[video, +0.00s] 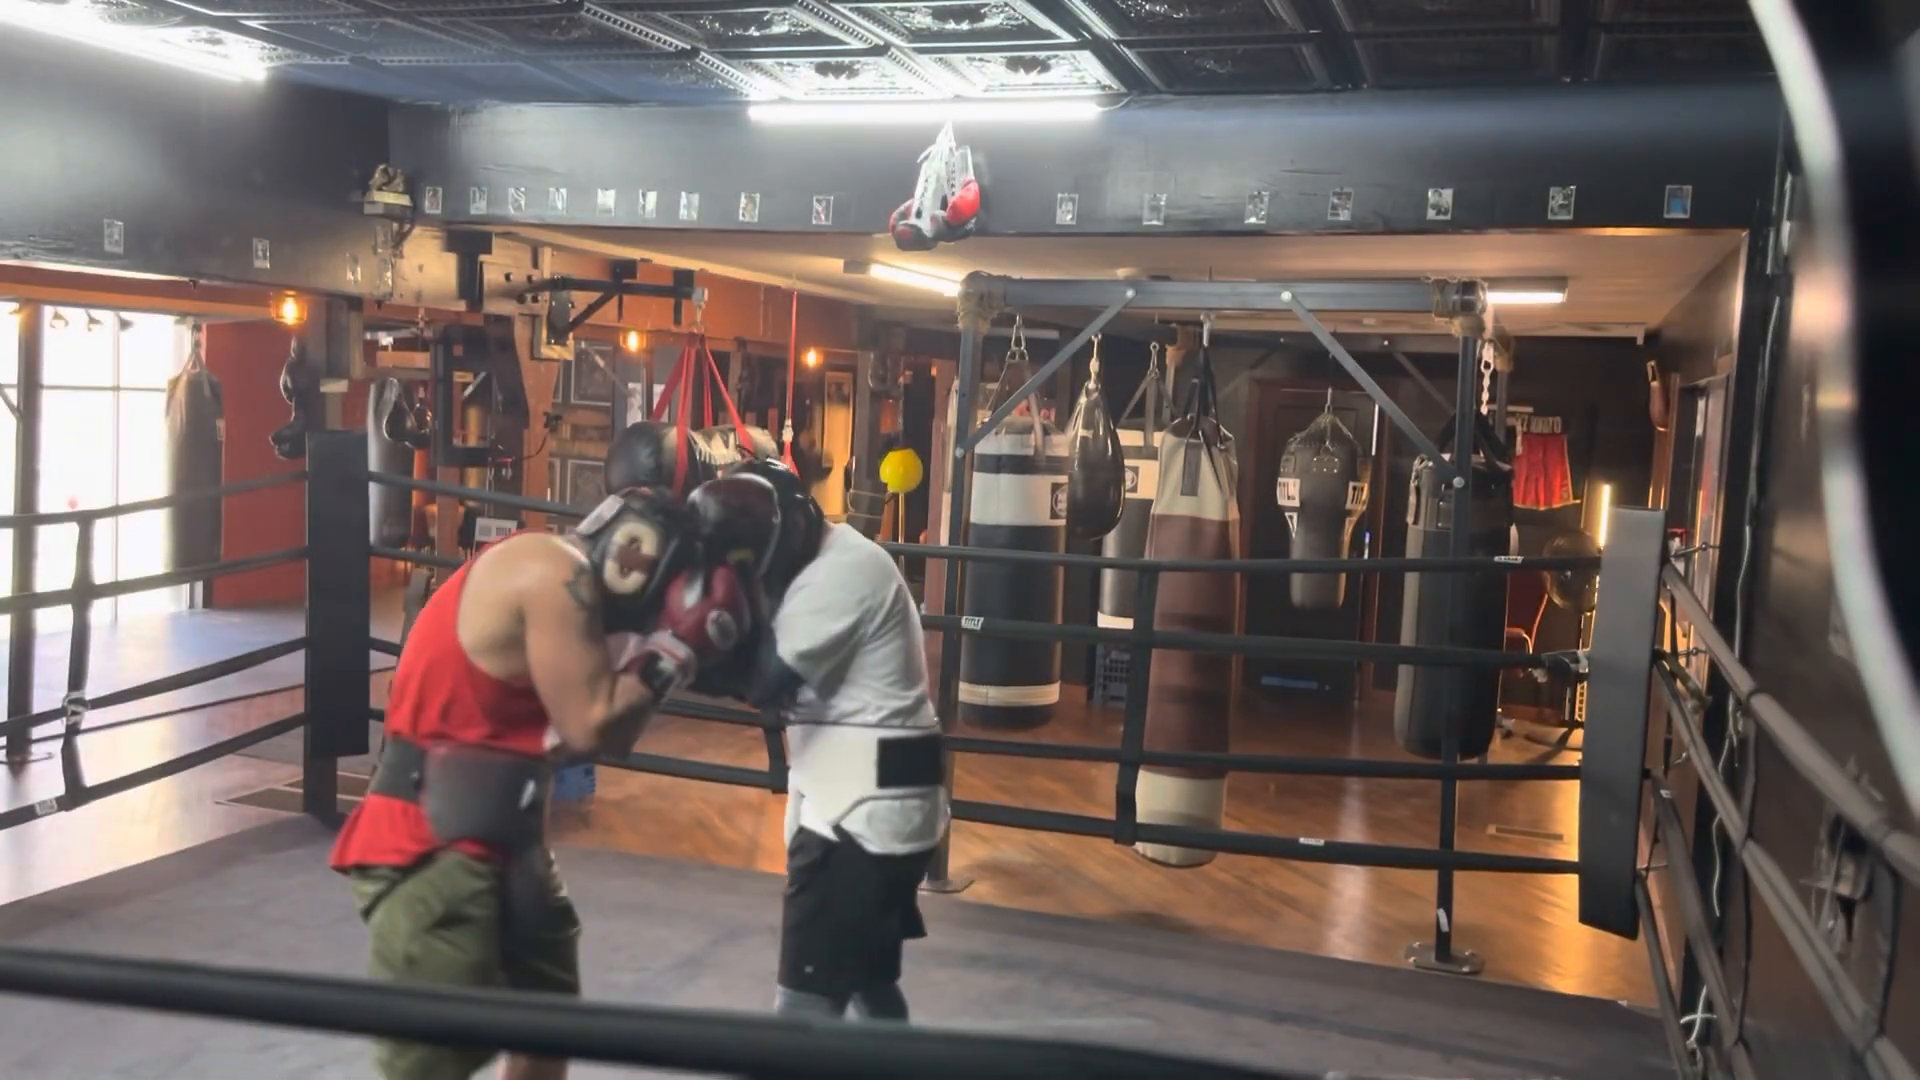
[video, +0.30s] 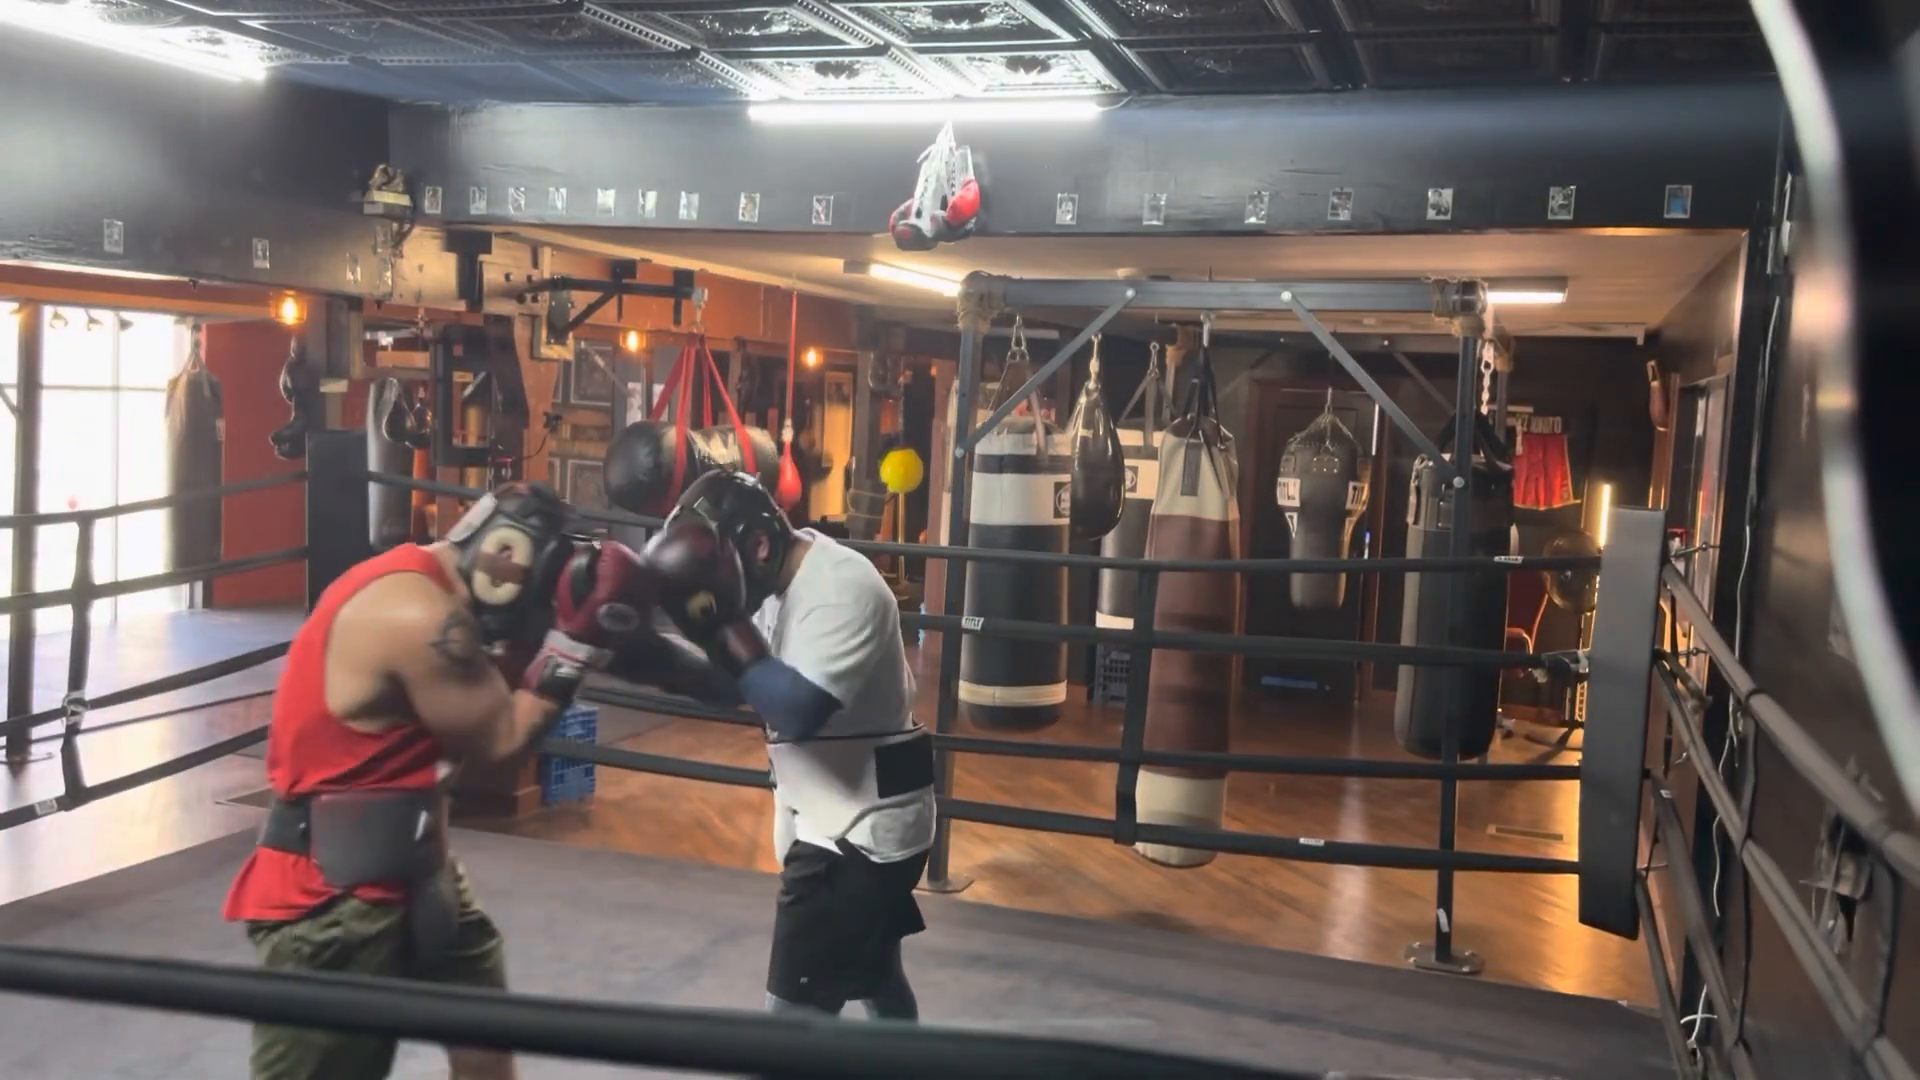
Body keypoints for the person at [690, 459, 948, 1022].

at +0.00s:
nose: (751, 570)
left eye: (751, 554)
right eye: (743, 559)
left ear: (781, 528)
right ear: (787, 519)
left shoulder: (847, 566)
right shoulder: (838, 559)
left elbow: (766, 683)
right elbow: (763, 668)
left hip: (863, 809)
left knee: (807, 1003)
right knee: (872, 989)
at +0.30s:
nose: (713, 576)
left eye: (720, 562)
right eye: (707, 564)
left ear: (760, 546)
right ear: (760, 545)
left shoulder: (844, 585)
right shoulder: (778, 582)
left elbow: (798, 712)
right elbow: (737, 688)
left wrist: (723, 629)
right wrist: (650, 651)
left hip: (864, 824)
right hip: (821, 815)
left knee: (797, 1015)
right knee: (880, 983)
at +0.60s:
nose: (651, 583)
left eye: (654, 567)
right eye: (641, 571)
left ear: (702, 546)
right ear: (704, 543)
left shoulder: (779, 581)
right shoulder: (750, 571)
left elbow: (686, 712)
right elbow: (704, 668)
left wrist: (590, 636)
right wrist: (640, 625)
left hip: (826, 831)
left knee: (804, 1018)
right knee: (811, 1015)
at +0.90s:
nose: (639, 562)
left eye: (639, 543)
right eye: (633, 546)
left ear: (670, 530)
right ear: (684, 523)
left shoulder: (717, 578)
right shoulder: (766, 560)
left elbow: (688, 710)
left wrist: (625, 658)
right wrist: (635, 641)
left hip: (761, 834)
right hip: (825, 828)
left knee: (664, 995)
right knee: (759, 988)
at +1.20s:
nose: (608, 560)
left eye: (606, 543)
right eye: (601, 547)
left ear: (630, 525)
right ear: (680, 509)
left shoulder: (666, 576)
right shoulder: (758, 563)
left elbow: (622, 708)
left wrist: (573, 657)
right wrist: (590, 644)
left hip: (690, 848)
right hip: (773, 846)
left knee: (607, 1028)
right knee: (745, 1009)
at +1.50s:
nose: (534, 556)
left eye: (531, 538)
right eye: (527, 542)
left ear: (560, 521)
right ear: (604, 511)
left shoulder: (580, 582)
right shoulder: (700, 566)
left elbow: (503, 702)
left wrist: (470, 621)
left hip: (605, 876)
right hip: (708, 869)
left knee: (558, 1049)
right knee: (692, 1017)